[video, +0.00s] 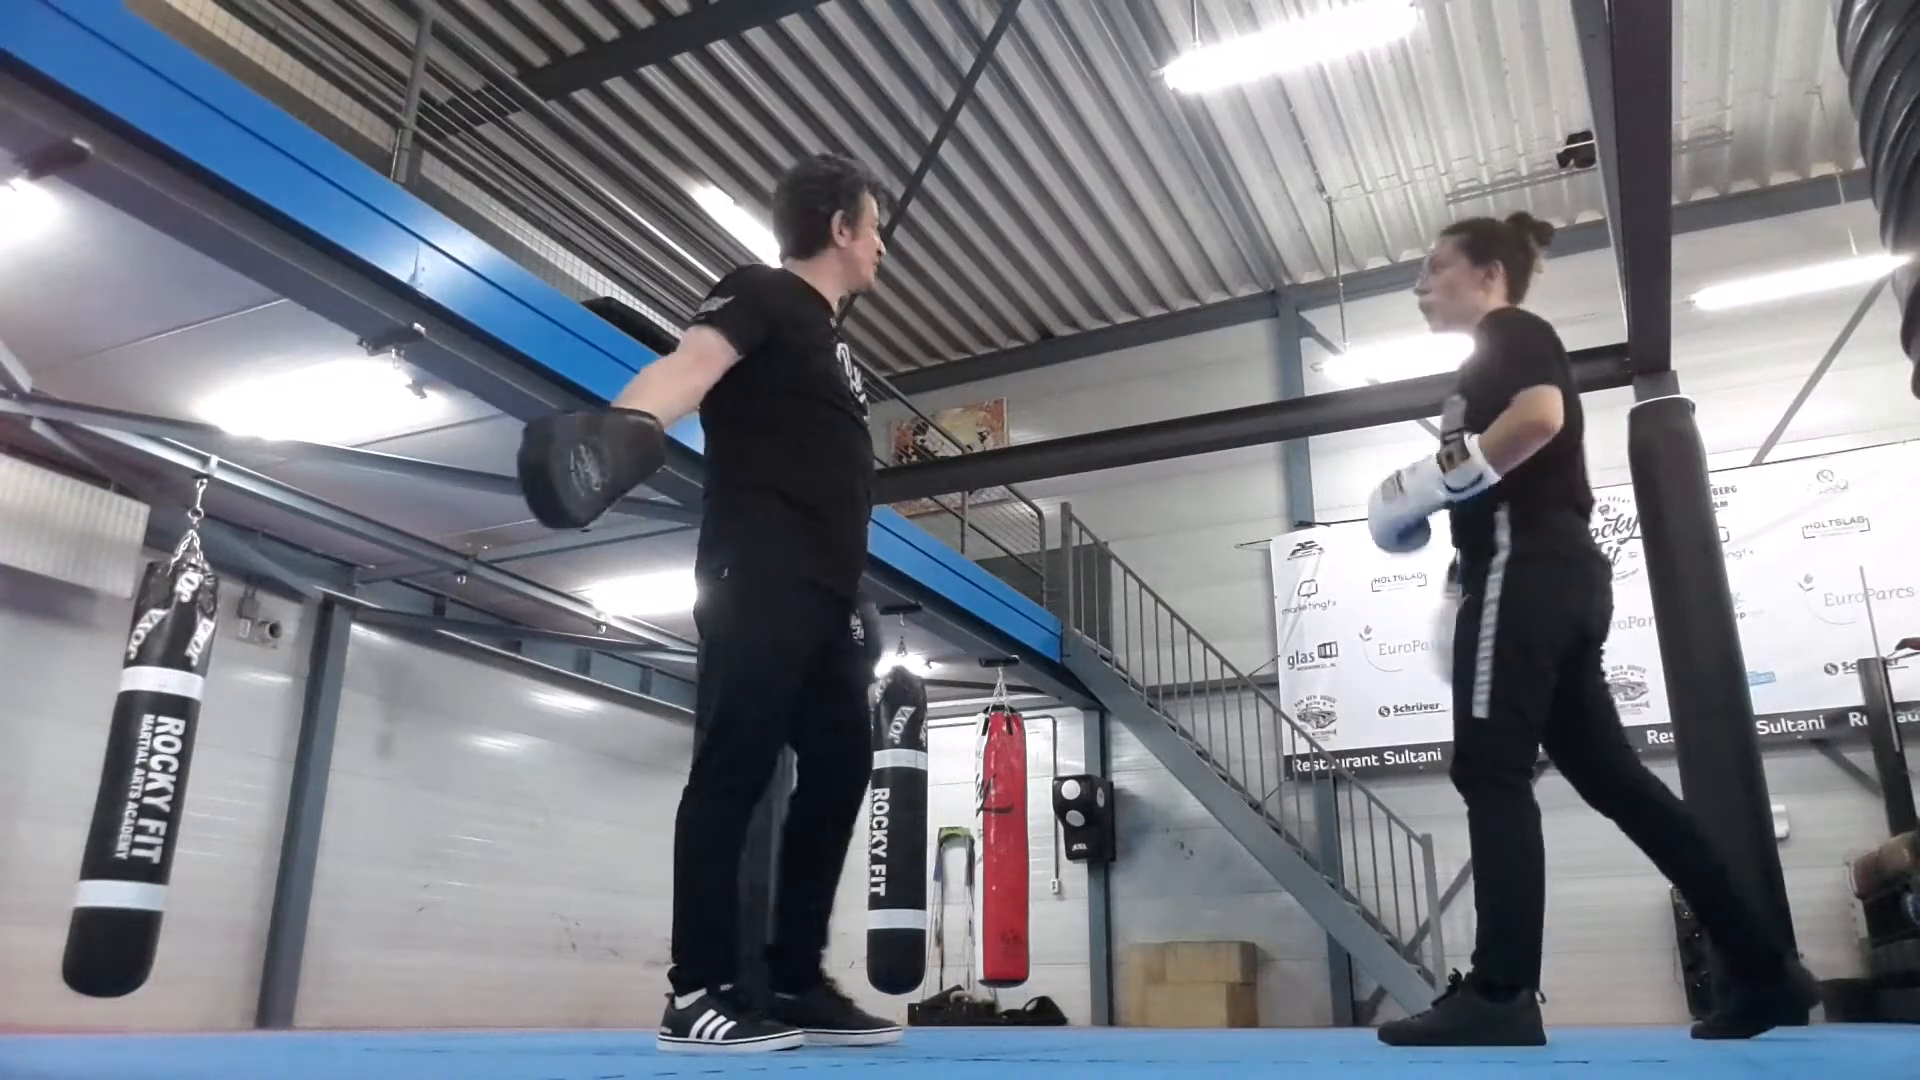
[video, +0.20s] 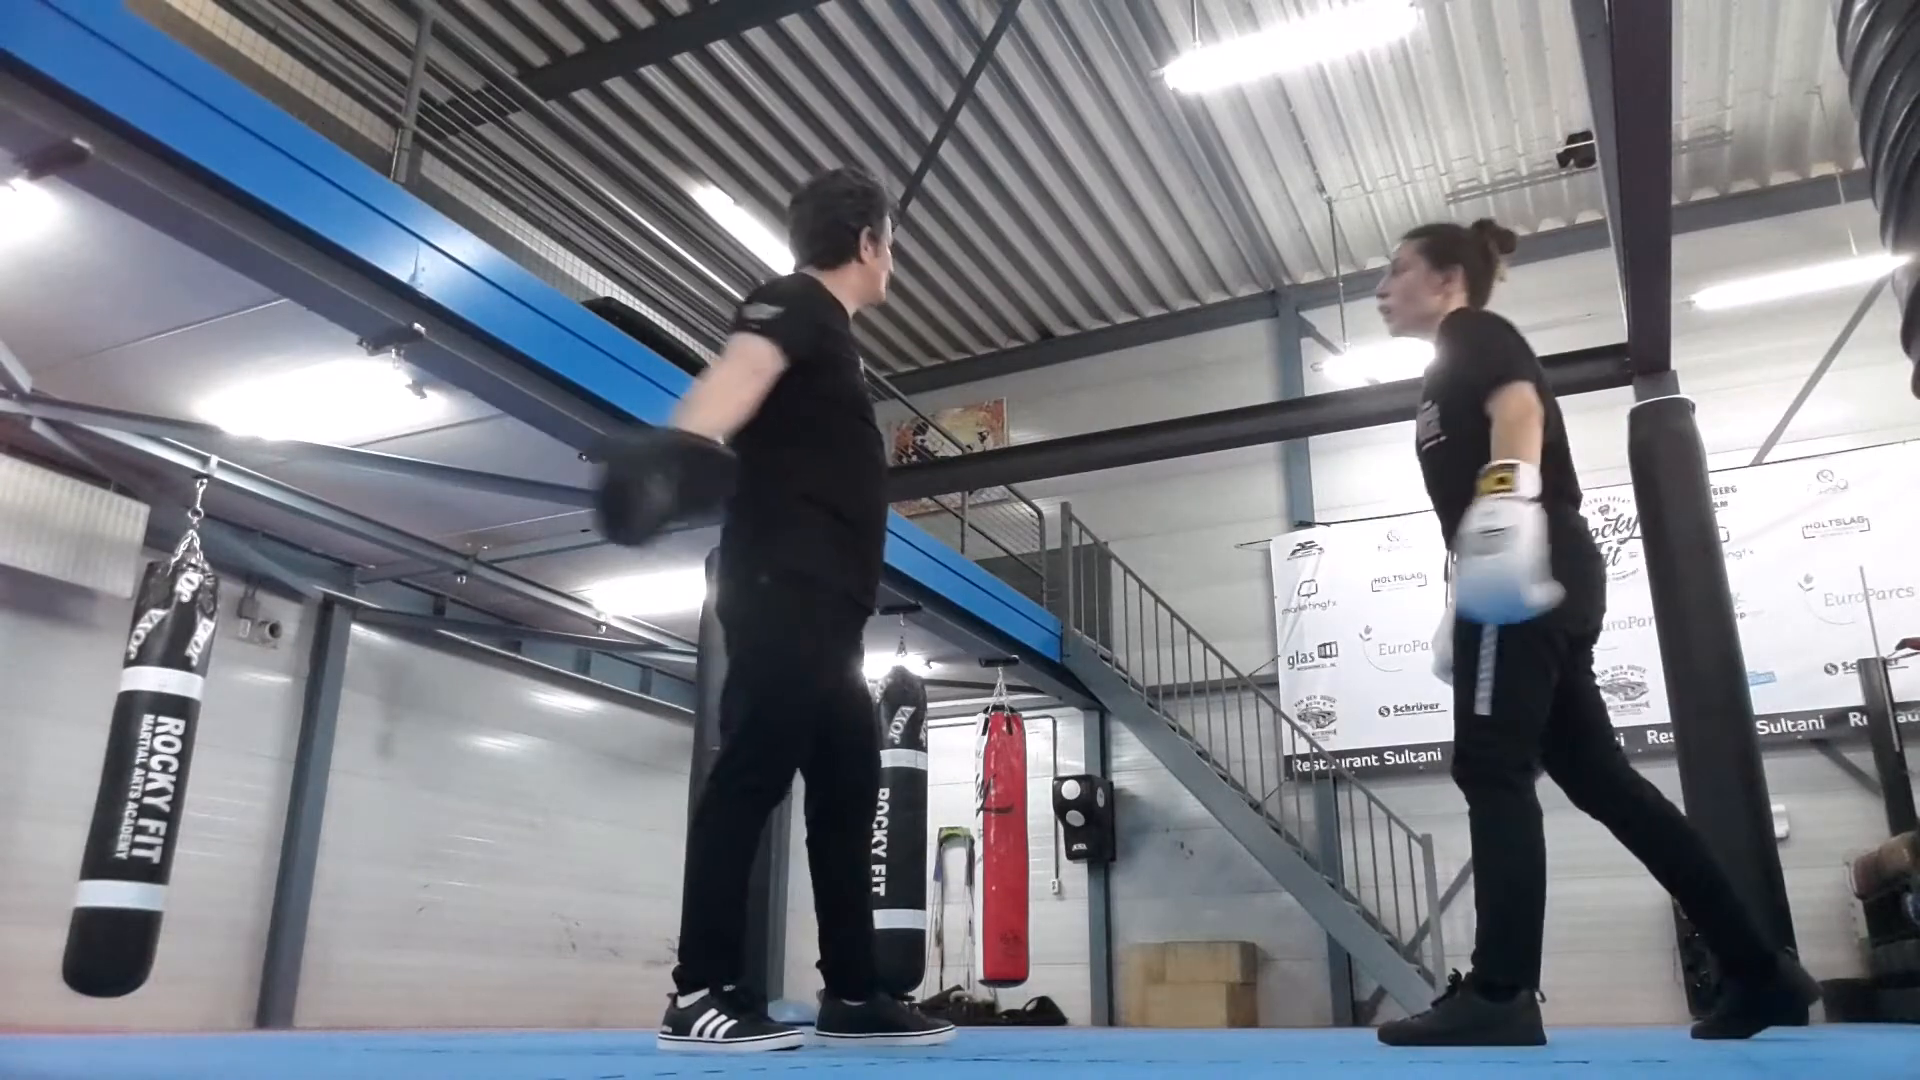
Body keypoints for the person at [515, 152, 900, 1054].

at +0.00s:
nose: (882, 246)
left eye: (882, 230)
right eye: (876, 228)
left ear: (832, 230)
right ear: (841, 226)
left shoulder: (828, 338)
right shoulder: (770, 293)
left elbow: (818, 475)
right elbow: (689, 368)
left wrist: (852, 592)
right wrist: (608, 443)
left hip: (820, 586)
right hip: (759, 571)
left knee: (840, 762)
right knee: (736, 763)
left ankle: (793, 982)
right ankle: (701, 992)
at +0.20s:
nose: (892, 265)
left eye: (891, 248)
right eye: (890, 246)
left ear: (821, 239)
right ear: (866, 242)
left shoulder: (830, 335)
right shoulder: (796, 305)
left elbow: (804, 464)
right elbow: (734, 379)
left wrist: (855, 579)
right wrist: (675, 456)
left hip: (818, 597)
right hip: (777, 590)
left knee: (847, 777)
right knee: (753, 771)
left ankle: (854, 992)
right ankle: (701, 994)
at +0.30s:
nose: (892, 269)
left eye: (889, 253)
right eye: (891, 253)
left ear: (812, 251)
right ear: (873, 251)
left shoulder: (817, 327)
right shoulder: (823, 317)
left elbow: (805, 449)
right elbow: (791, 431)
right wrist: (756, 523)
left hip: (818, 599)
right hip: (797, 594)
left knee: (849, 778)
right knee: (767, 774)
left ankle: (854, 994)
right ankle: (703, 996)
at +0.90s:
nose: (934, 273)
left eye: (926, 261)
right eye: (924, 262)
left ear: (845, 283)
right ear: (907, 268)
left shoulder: (799, 370)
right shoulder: (913, 315)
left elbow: (783, 507)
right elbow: (987, 238)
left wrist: (778, 610)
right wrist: (930, 166)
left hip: (828, 586)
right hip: (884, 577)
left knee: (855, 789)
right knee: (821, 773)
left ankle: (855, 995)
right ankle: (721, 972)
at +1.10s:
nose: (928, 280)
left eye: (926, 271)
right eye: (922, 270)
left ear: (841, 284)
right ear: (902, 271)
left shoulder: (812, 377)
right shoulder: (896, 309)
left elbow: (802, 516)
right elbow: (1028, 285)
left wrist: (800, 608)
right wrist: (1025, 237)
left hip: (840, 584)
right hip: (891, 576)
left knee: (856, 787)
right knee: (835, 772)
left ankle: (852, 994)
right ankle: (725, 970)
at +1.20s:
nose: (926, 289)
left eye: (923, 278)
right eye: (919, 278)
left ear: (846, 289)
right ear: (893, 275)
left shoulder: (814, 389)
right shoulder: (889, 317)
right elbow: (1048, 330)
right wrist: (1063, 318)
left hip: (848, 585)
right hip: (886, 576)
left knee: (855, 787)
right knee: (838, 770)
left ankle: (850, 998)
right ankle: (725, 967)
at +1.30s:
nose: (929, 296)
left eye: (925, 285)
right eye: (922, 283)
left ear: (858, 291)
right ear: (892, 279)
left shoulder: (826, 385)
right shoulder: (888, 323)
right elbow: (1023, 373)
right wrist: (1068, 410)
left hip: (856, 584)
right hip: (884, 579)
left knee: (858, 790)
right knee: (842, 772)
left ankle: (850, 998)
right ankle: (728, 965)